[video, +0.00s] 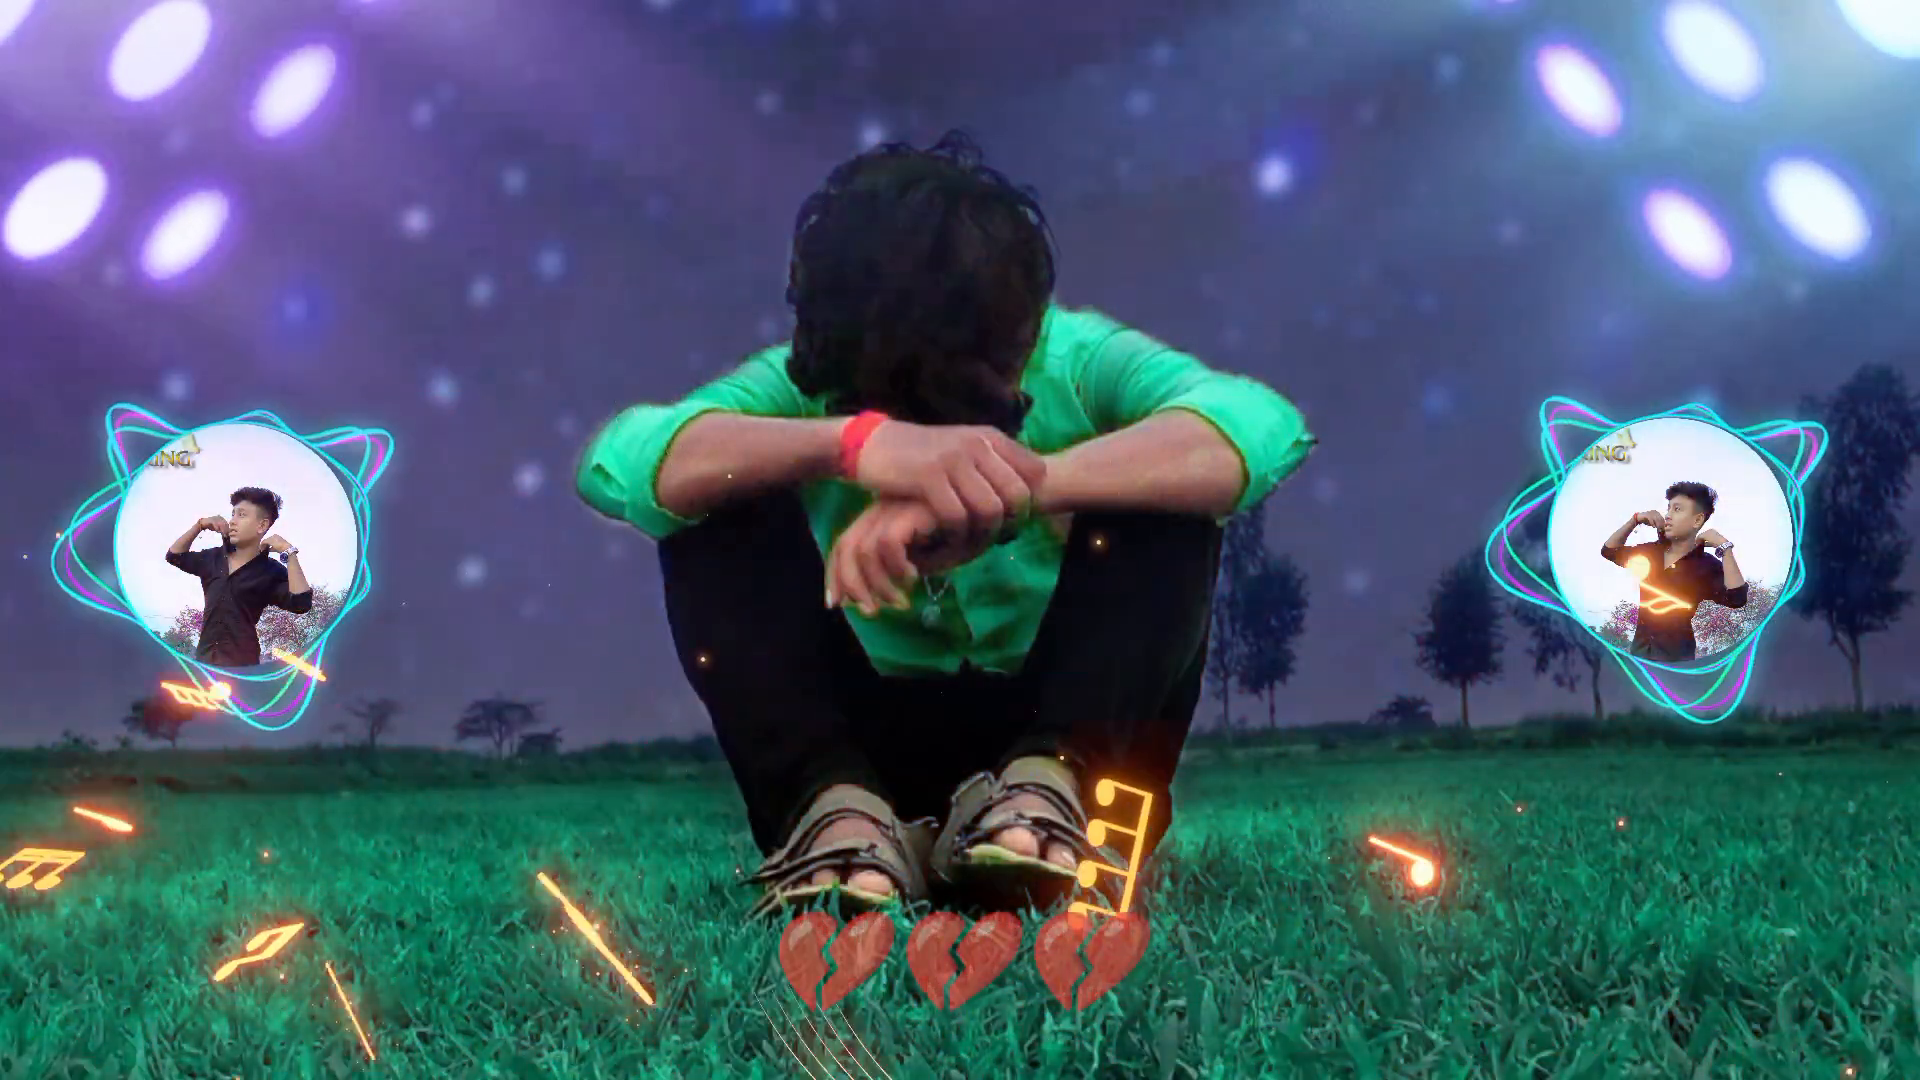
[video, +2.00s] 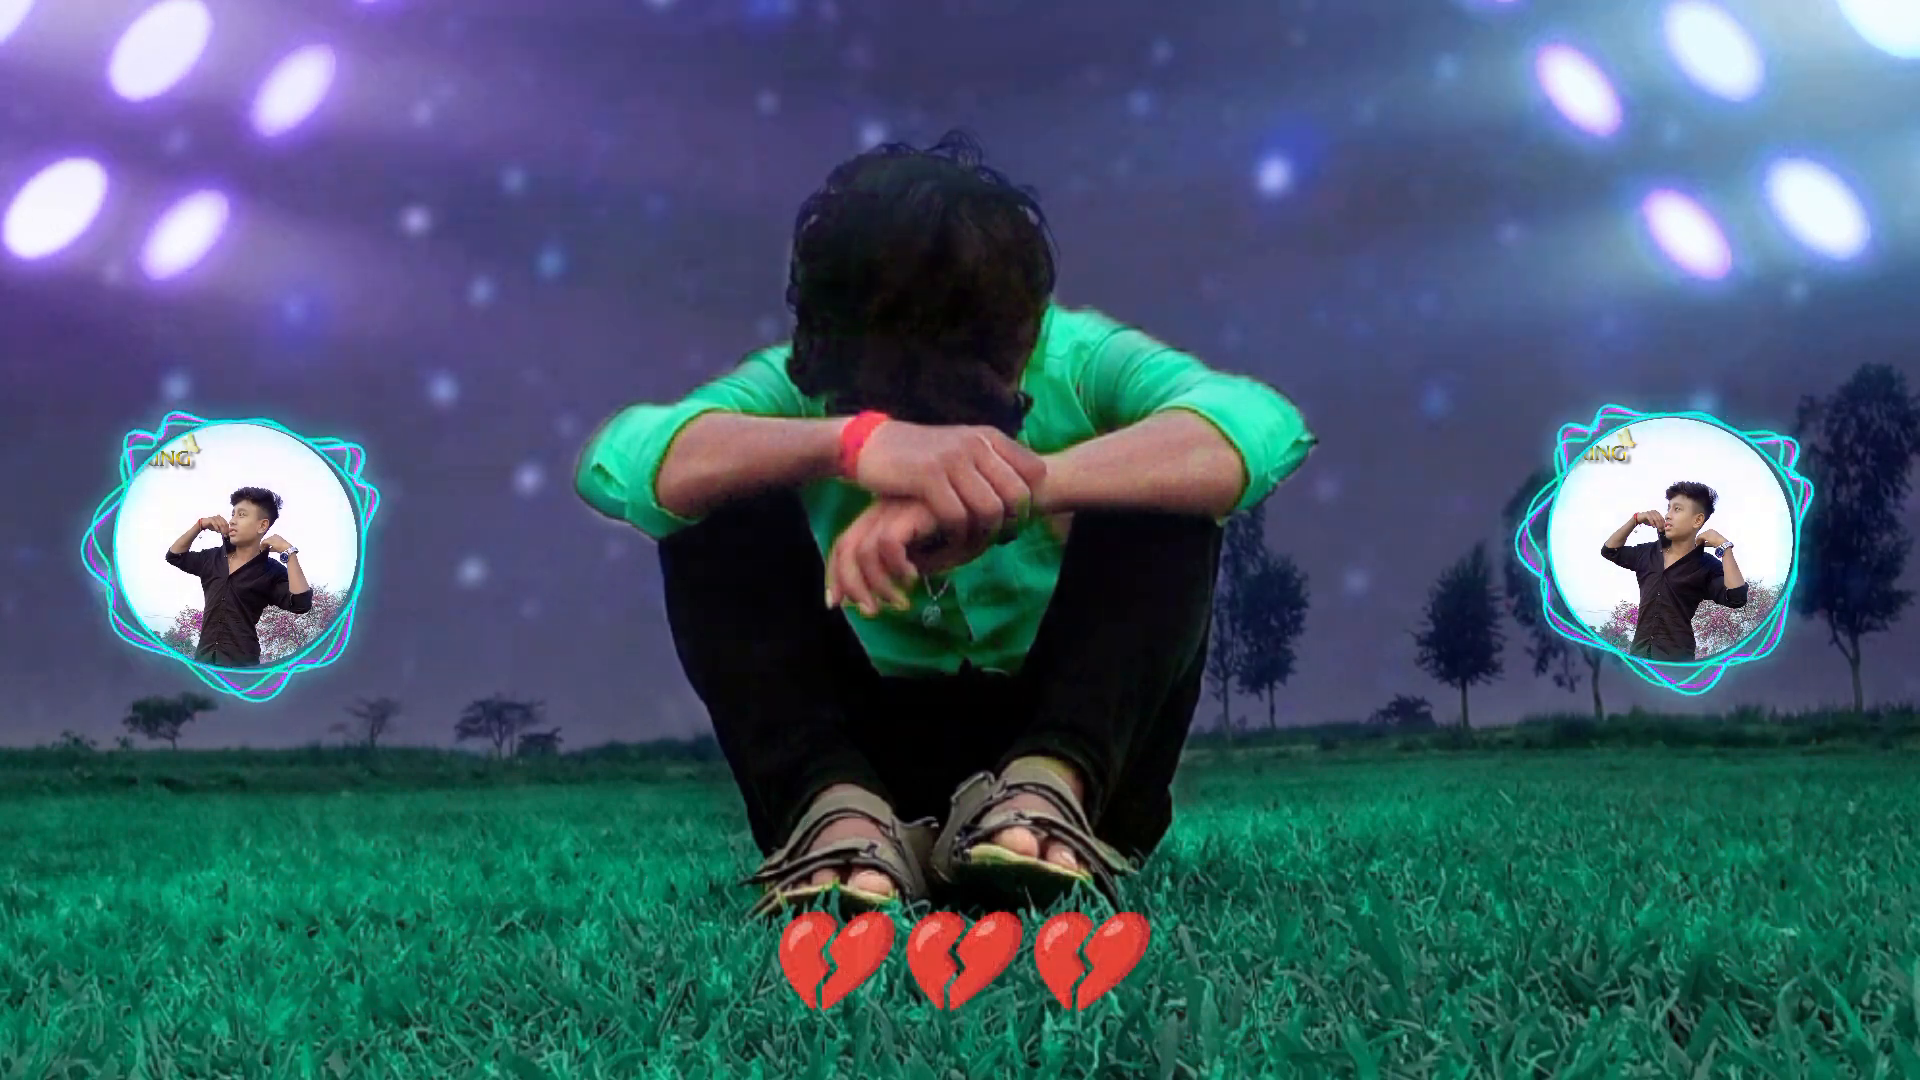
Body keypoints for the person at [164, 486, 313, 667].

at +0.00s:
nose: (232, 521)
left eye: (242, 515)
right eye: (233, 514)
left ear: (263, 525)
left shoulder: (270, 570)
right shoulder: (212, 558)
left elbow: (302, 604)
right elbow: (174, 556)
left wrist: (290, 553)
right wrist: (199, 526)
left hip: (243, 664)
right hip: (204, 660)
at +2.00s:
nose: (232, 521)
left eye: (241, 515)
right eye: (233, 514)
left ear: (263, 525)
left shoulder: (270, 570)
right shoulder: (212, 558)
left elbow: (301, 604)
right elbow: (174, 556)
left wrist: (290, 553)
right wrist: (199, 526)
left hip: (242, 664)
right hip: (204, 660)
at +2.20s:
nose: (232, 521)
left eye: (242, 515)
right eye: (233, 514)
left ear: (263, 525)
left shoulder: (270, 569)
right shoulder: (212, 558)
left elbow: (301, 604)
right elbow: (174, 556)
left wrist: (290, 553)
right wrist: (199, 526)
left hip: (242, 663)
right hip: (203, 659)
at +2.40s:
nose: (232, 521)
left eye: (242, 515)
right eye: (233, 514)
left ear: (263, 525)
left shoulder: (270, 569)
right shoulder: (212, 558)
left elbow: (301, 604)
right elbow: (174, 556)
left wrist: (290, 553)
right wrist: (199, 526)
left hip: (242, 662)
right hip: (203, 658)